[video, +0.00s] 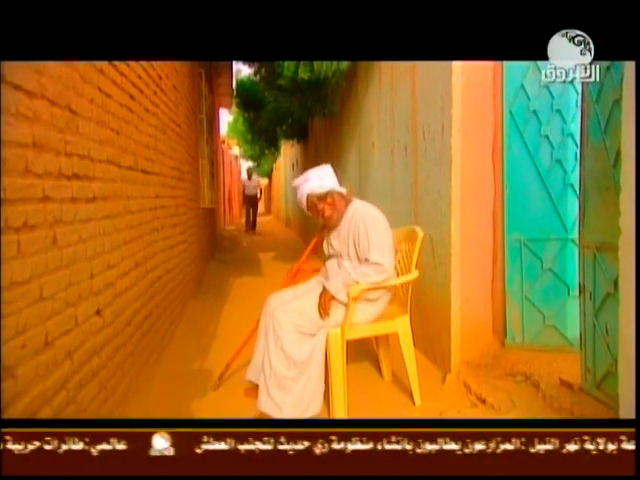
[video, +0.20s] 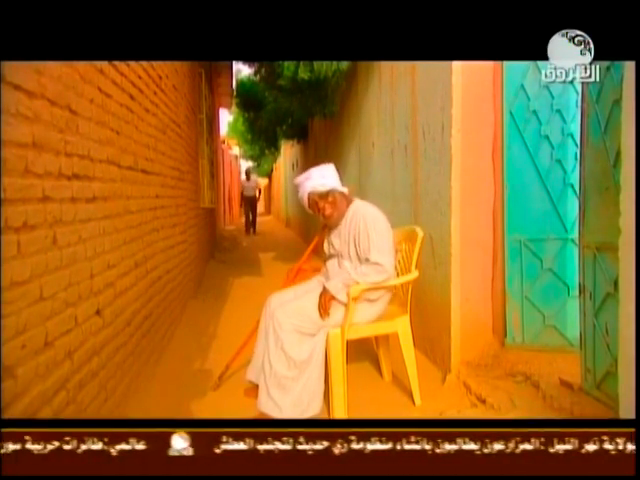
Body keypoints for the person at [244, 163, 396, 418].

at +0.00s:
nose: (319, 219)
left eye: (318, 211)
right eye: (314, 213)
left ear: (332, 200)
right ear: (328, 203)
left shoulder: (367, 217)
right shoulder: (341, 216)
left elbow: (382, 270)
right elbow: (337, 259)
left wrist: (335, 279)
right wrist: (327, 283)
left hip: (365, 297)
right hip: (338, 285)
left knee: (286, 317)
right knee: (275, 304)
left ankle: (289, 406)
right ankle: (267, 380)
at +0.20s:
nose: (323, 213)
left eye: (326, 203)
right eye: (317, 209)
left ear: (339, 195)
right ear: (315, 209)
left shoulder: (368, 217)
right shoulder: (338, 218)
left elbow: (383, 270)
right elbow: (338, 259)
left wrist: (335, 281)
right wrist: (326, 283)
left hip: (366, 297)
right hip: (338, 285)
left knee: (286, 317)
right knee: (275, 304)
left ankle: (289, 406)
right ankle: (267, 380)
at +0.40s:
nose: (325, 208)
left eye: (328, 199)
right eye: (319, 204)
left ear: (342, 193)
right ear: (317, 205)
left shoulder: (371, 217)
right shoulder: (341, 218)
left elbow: (384, 270)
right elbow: (340, 260)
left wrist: (336, 282)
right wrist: (326, 283)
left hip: (367, 298)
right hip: (340, 285)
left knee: (287, 318)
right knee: (275, 304)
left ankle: (289, 406)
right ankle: (267, 380)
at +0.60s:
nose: (330, 204)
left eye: (333, 195)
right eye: (324, 200)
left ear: (348, 191)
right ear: (322, 202)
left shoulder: (375, 217)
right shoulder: (344, 219)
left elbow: (384, 270)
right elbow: (341, 258)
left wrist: (335, 281)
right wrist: (316, 266)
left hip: (367, 299)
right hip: (341, 286)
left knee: (287, 318)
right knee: (276, 304)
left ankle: (288, 406)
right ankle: (266, 380)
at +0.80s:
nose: (332, 199)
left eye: (336, 192)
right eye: (329, 193)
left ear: (352, 190)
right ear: (330, 195)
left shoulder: (380, 218)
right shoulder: (350, 217)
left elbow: (385, 271)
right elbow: (344, 258)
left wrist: (337, 283)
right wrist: (318, 267)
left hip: (368, 299)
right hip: (342, 286)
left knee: (288, 317)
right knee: (276, 304)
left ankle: (288, 407)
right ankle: (267, 380)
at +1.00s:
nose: (336, 196)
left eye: (343, 189)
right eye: (334, 189)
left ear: (362, 190)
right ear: (332, 191)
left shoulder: (383, 218)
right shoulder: (353, 217)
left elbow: (386, 271)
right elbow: (343, 258)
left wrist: (338, 284)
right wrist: (327, 282)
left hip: (368, 301)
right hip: (341, 287)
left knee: (289, 319)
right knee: (277, 304)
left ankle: (291, 407)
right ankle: (267, 380)